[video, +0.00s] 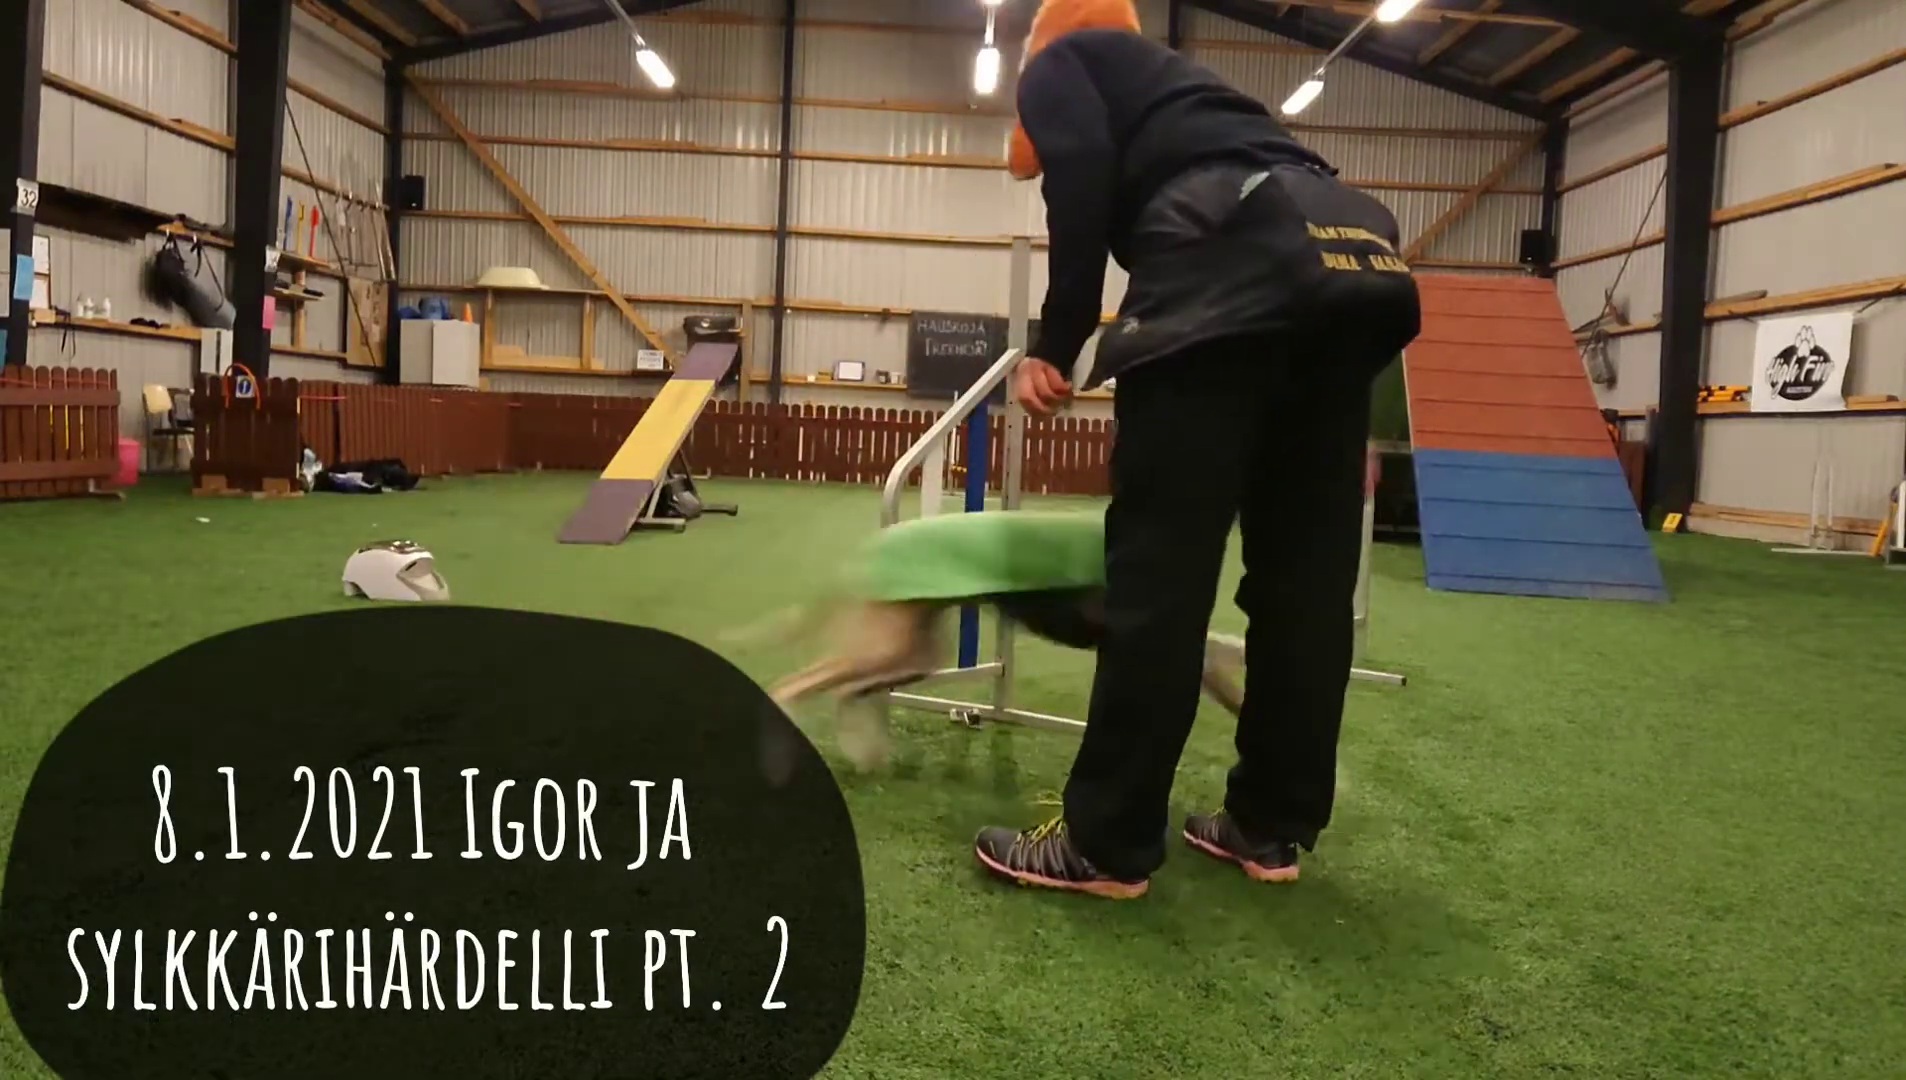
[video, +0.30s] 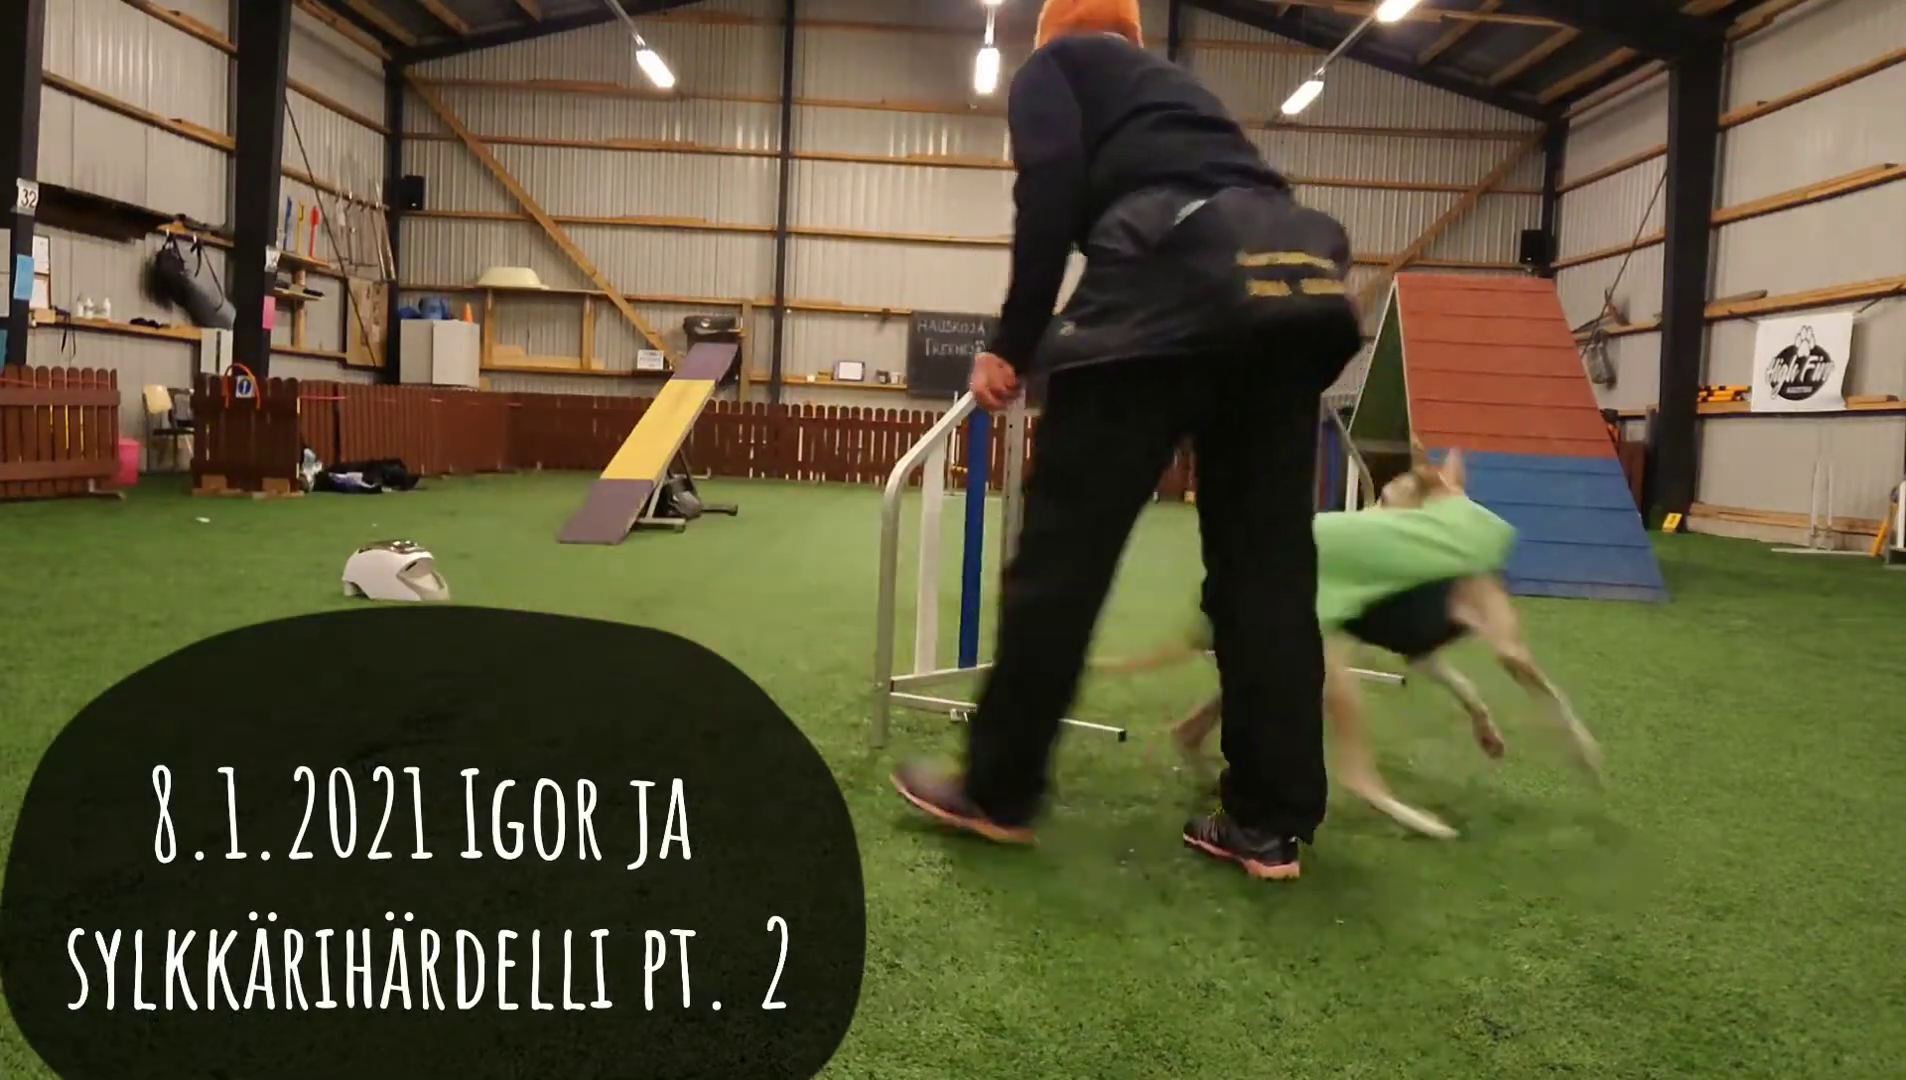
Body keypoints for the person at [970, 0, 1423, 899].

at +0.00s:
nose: (1034, 165)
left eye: (1031, 141)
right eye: (1028, 155)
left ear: (1047, 51)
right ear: (1120, 37)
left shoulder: (1058, 59)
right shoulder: (1199, 90)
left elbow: (1082, 165)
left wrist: (1056, 344)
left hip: (1218, 291)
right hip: (1348, 291)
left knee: (1157, 584)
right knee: (1304, 582)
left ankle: (1107, 842)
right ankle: (1272, 828)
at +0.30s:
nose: (1031, 43)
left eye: (1033, 34)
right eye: (1036, 35)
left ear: (1057, 31)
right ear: (1128, 34)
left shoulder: (1051, 66)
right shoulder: (1179, 85)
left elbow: (1051, 191)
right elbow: (1221, 240)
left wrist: (1009, 346)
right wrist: (1189, 420)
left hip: (1158, 304)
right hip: (1281, 311)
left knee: (1062, 557)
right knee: (1264, 574)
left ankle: (997, 792)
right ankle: (1270, 826)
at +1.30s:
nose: (777, 28)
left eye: (779, 20)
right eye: (782, 23)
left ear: (795, 19)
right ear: (865, 36)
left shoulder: (776, 61)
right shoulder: (893, 108)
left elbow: (733, 181)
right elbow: (882, 232)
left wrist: (674, 301)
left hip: (800, 313)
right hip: (888, 323)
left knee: (792, 511)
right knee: (809, 510)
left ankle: (869, 718)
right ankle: (770, 692)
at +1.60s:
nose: (745, 32)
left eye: (747, 24)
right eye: (748, 28)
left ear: (768, 16)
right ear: (827, 25)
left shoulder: (765, 47)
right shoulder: (855, 90)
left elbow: (732, 166)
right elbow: (844, 213)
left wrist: (677, 283)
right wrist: (754, 317)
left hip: (803, 295)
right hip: (871, 305)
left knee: (786, 497)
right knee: (805, 499)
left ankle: (876, 686)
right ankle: (775, 693)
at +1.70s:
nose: (747, 29)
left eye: (750, 22)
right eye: (749, 25)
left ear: (770, 11)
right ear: (830, 19)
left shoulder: (770, 44)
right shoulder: (856, 84)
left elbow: (743, 166)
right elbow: (843, 212)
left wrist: (688, 279)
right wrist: (757, 322)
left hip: (807, 296)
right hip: (871, 304)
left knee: (792, 495)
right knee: (811, 496)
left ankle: (894, 680)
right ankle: (775, 694)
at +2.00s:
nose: (784, 16)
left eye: (790, 5)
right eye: (786, 10)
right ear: (880, 8)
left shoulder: (822, 44)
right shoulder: (899, 72)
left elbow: (791, 180)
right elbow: (887, 212)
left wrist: (724, 293)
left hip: (843, 310)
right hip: (893, 313)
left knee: (841, 510)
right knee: (824, 515)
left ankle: (972, 679)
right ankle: (780, 696)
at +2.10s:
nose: (811, 18)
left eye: (819, 5)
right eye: (814, 9)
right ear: (901, 2)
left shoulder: (868, 44)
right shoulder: (921, 61)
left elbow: (831, 194)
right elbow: (906, 214)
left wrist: (748, 299)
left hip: (875, 324)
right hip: (911, 327)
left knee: (861, 516)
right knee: (822, 522)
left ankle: (1005, 706)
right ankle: (776, 703)